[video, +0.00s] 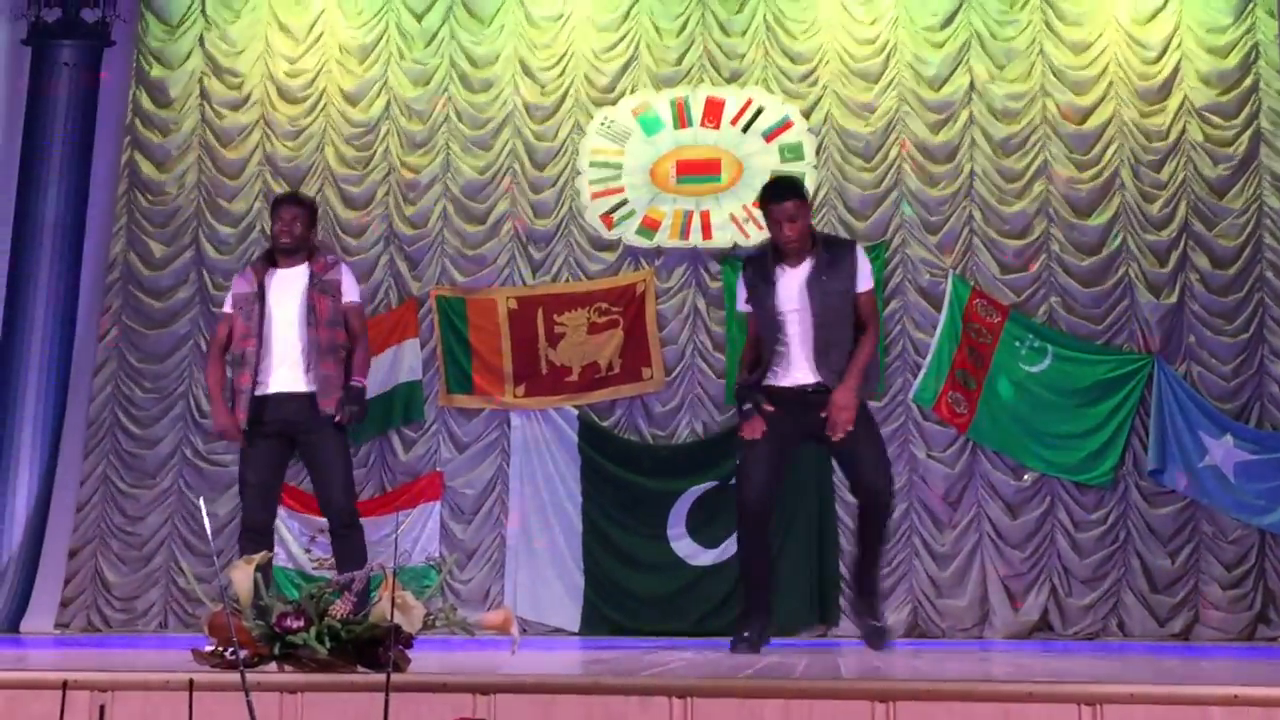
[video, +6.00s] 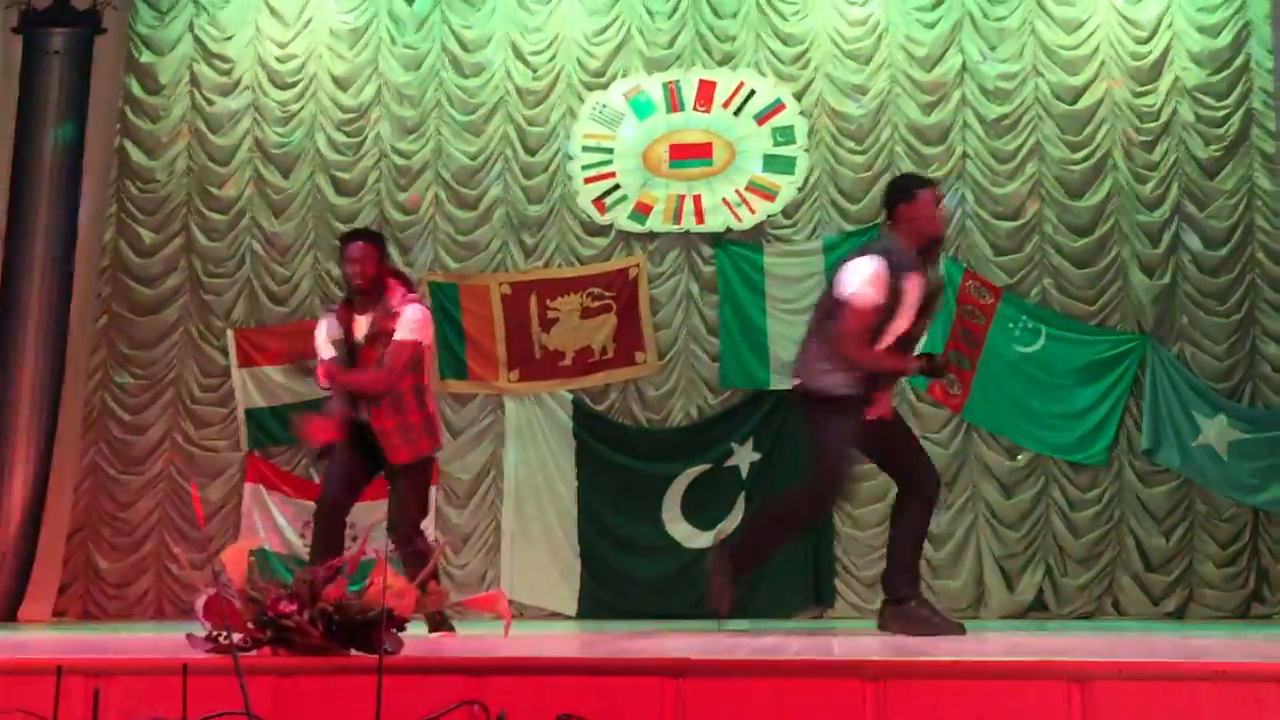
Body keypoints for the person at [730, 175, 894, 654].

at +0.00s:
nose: (788, 230)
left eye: (796, 218)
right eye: (778, 221)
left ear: (810, 215)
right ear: (765, 223)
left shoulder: (848, 257)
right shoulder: (754, 272)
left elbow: (870, 328)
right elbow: (754, 343)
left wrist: (850, 388)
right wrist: (746, 399)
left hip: (834, 399)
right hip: (774, 402)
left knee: (877, 493)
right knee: (752, 503)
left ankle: (865, 599)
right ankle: (754, 620)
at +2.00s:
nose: (927, 109)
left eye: (935, 102)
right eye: (918, 104)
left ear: (950, 114)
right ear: (905, 119)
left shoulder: (981, 174)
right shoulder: (884, 182)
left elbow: (1004, 256)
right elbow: (868, 264)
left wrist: (1067, 293)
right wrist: (821, 287)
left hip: (970, 320)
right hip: (906, 322)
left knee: (1004, 433)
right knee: (876, 434)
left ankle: (1037, 551)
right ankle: (846, 552)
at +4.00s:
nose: (906, 109)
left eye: (916, 101)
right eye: (897, 101)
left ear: (931, 107)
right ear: (884, 108)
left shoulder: (956, 154)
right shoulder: (860, 165)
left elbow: (1007, 205)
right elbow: (830, 246)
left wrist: (1001, 156)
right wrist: (853, 192)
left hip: (939, 305)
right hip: (879, 307)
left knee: (972, 412)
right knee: (860, 415)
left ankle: (991, 535)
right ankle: (835, 535)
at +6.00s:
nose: (942, 214)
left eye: (939, 205)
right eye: (933, 206)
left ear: (912, 214)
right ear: (905, 214)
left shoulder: (917, 270)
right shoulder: (869, 269)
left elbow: (892, 341)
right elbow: (853, 349)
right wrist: (918, 365)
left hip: (867, 399)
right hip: (829, 397)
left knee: (921, 483)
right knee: (823, 490)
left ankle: (902, 603)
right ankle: (730, 560)